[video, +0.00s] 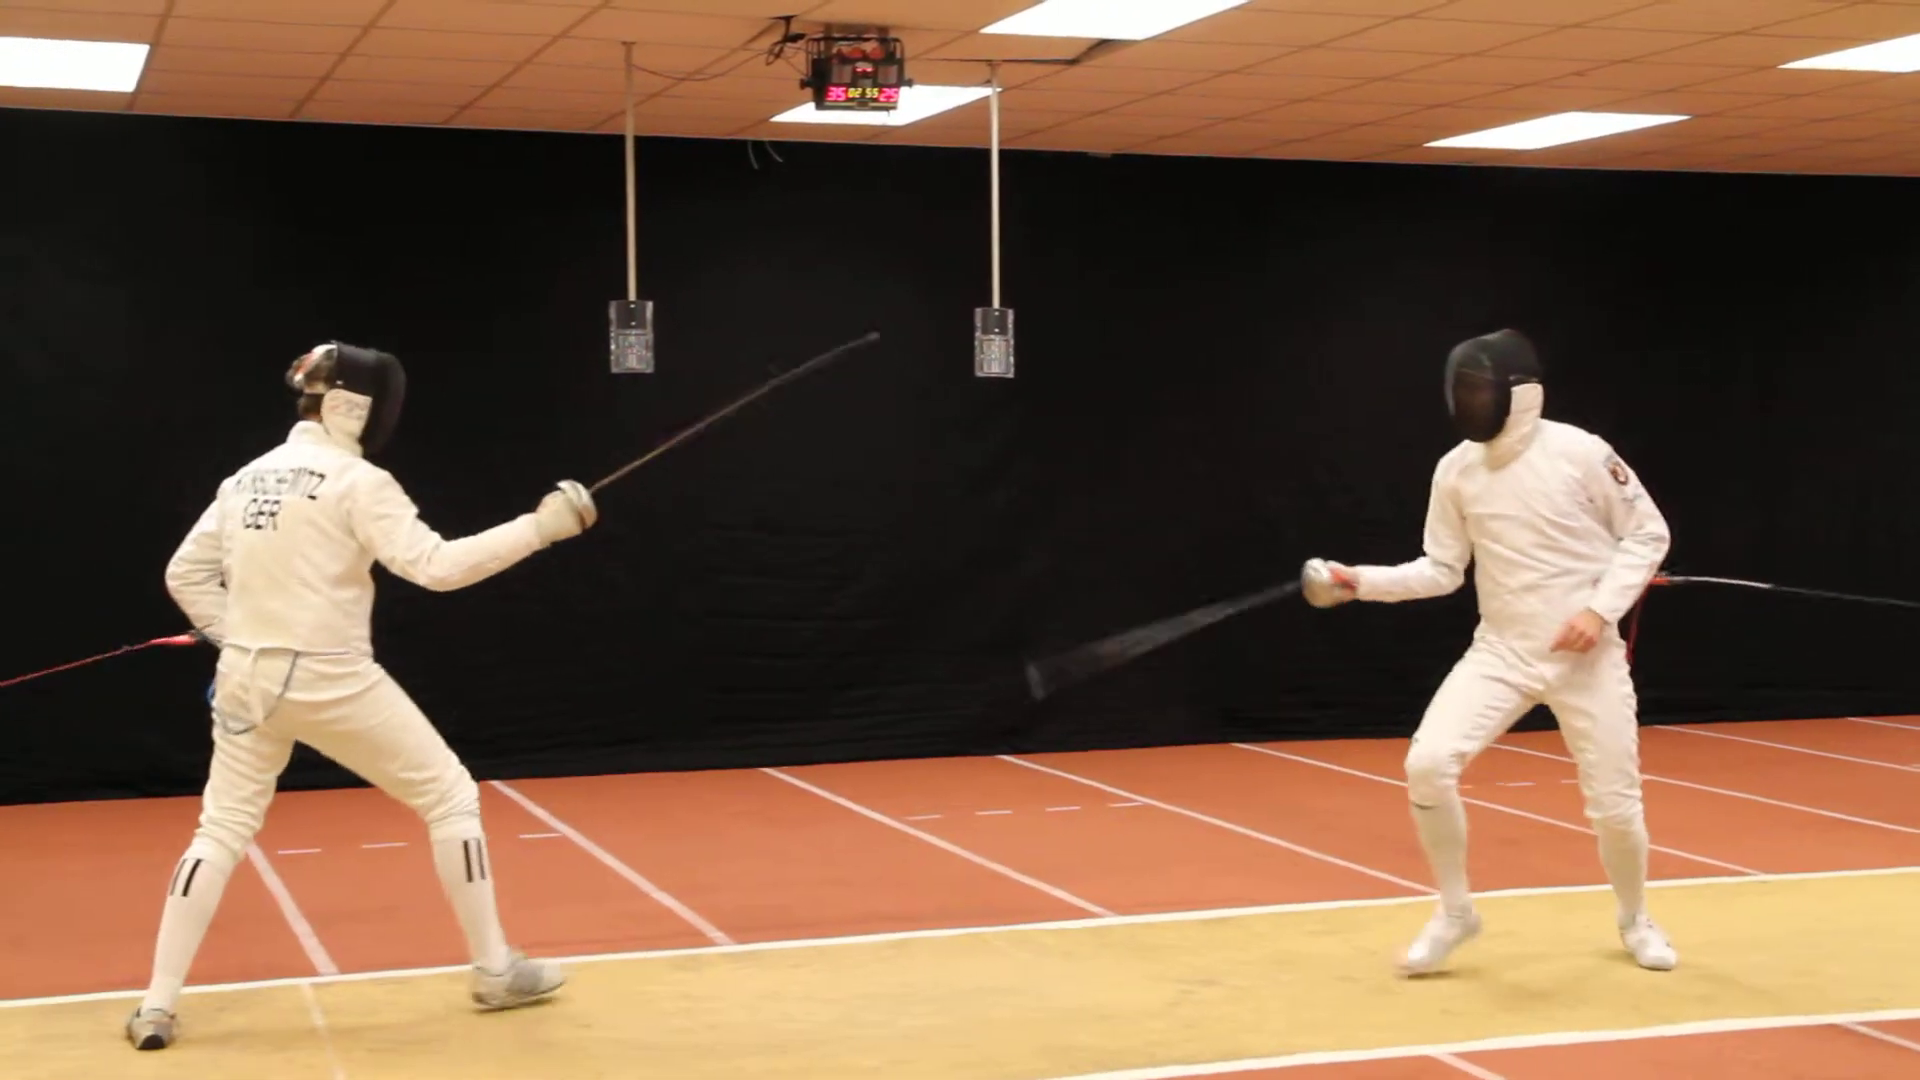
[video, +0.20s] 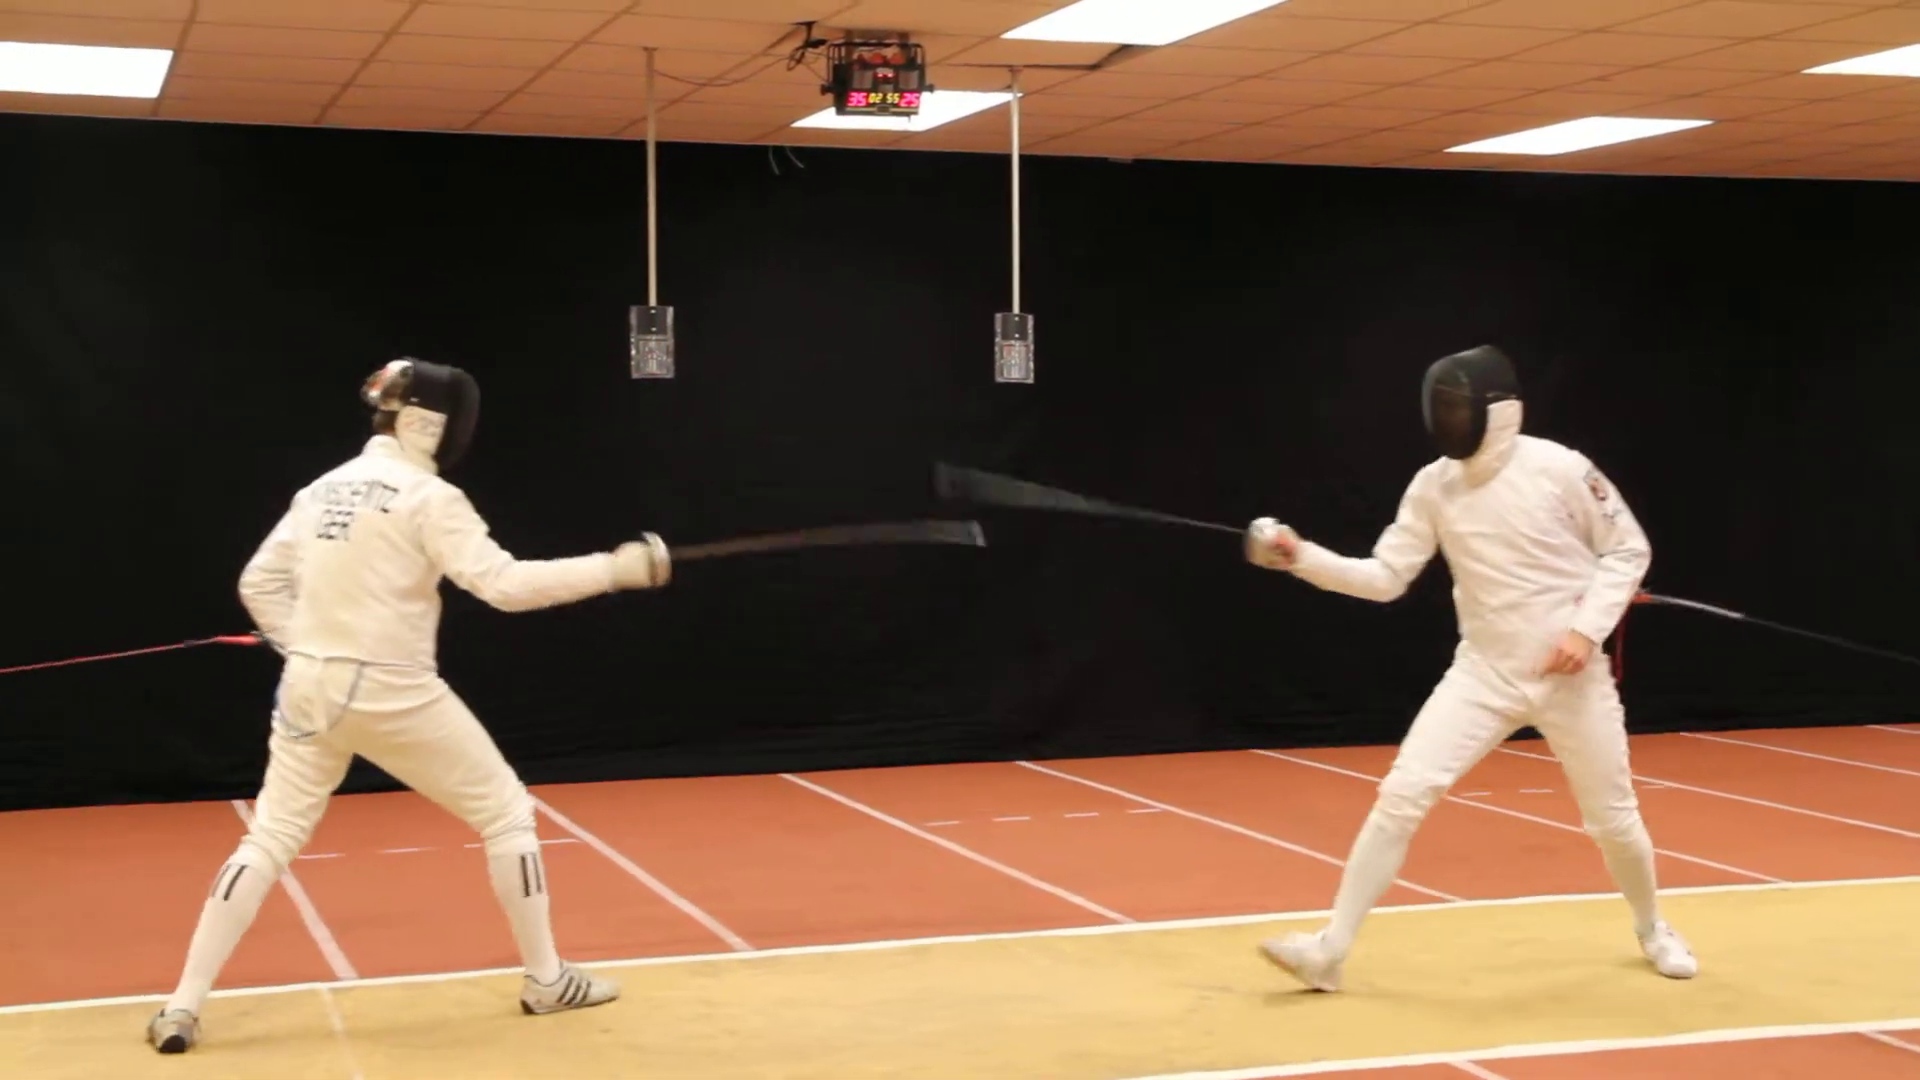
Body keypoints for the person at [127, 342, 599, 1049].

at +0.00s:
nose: (379, 417)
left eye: (377, 405)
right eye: (374, 404)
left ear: (308, 401)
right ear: (350, 405)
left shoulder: (244, 481)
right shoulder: (357, 480)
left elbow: (185, 574)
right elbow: (435, 565)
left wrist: (246, 645)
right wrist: (543, 524)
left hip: (243, 681)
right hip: (334, 679)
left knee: (220, 830)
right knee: (448, 796)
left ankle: (157, 1004)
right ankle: (495, 969)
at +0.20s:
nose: (456, 437)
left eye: (455, 424)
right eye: (453, 425)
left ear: (383, 416)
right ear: (435, 425)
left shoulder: (321, 491)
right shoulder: (429, 498)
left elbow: (260, 584)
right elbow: (504, 583)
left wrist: (315, 653)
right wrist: (616, 567)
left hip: (307, 689)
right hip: (394, 690)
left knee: (269, 838)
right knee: (505, 813)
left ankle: (182, 1005)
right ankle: (548, 980)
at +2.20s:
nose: (404, 456)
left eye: (403, 444)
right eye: (398, 443)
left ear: (343, 440)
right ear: (373, 442)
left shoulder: (278, 513)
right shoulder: (380, 515)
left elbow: (217, 601)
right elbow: (462, 589)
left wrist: (266, 671)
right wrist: (573, 564)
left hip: (264, 708)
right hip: (349, 707)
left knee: (253, 853)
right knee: (478, 805)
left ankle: (179, 1002)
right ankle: (515, 974)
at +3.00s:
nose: (482, 468)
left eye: (477, 453)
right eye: (478, 456)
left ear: (413, 450)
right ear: (458, 460)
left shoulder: (354, 517)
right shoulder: (442, 532)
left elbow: (300, 603)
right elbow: (526, 607)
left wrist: (327, 675)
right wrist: (638, 581)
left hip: (322, 708)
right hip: (400, 712)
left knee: (280, 854)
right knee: (531, 810)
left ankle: (178, 996)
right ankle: (603, 965)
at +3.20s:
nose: (541, 461)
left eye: (528, 444)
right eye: (539, 448)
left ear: (496, 444)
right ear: (533, 454)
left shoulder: (430, 510)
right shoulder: (525, 523)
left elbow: (368, 595)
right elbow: (616, 594)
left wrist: (399, 670)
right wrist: (730, 579)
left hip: (385, 695)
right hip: (469, 704)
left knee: (334, 842)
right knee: (589, 802)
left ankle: (212, 977)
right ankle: (618, 967)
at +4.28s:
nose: (560, 468)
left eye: (555, 453)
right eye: (563, 457)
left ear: (533, 458)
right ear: (564, 465)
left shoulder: (477, 524)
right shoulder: (560, 531)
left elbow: (421, 611)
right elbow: (650, 606)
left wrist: (452, 679)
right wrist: (762, 592)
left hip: (435, 708)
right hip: (516, 707)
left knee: (361, 848)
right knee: (653, 777)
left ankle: (242, 984)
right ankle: (696, 939)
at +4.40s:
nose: (656, 473)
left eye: (633, 456)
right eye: (659, 463)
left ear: (599, 458)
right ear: (655, 467)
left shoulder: (541, 521)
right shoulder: (646, 529)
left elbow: (473, 604)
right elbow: (737, 581)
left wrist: (494, 673)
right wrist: (844, 568)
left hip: (495, 692)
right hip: (579, 701)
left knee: (397, 827)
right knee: (689, 813)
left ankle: (267, 951)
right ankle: (770, 956)